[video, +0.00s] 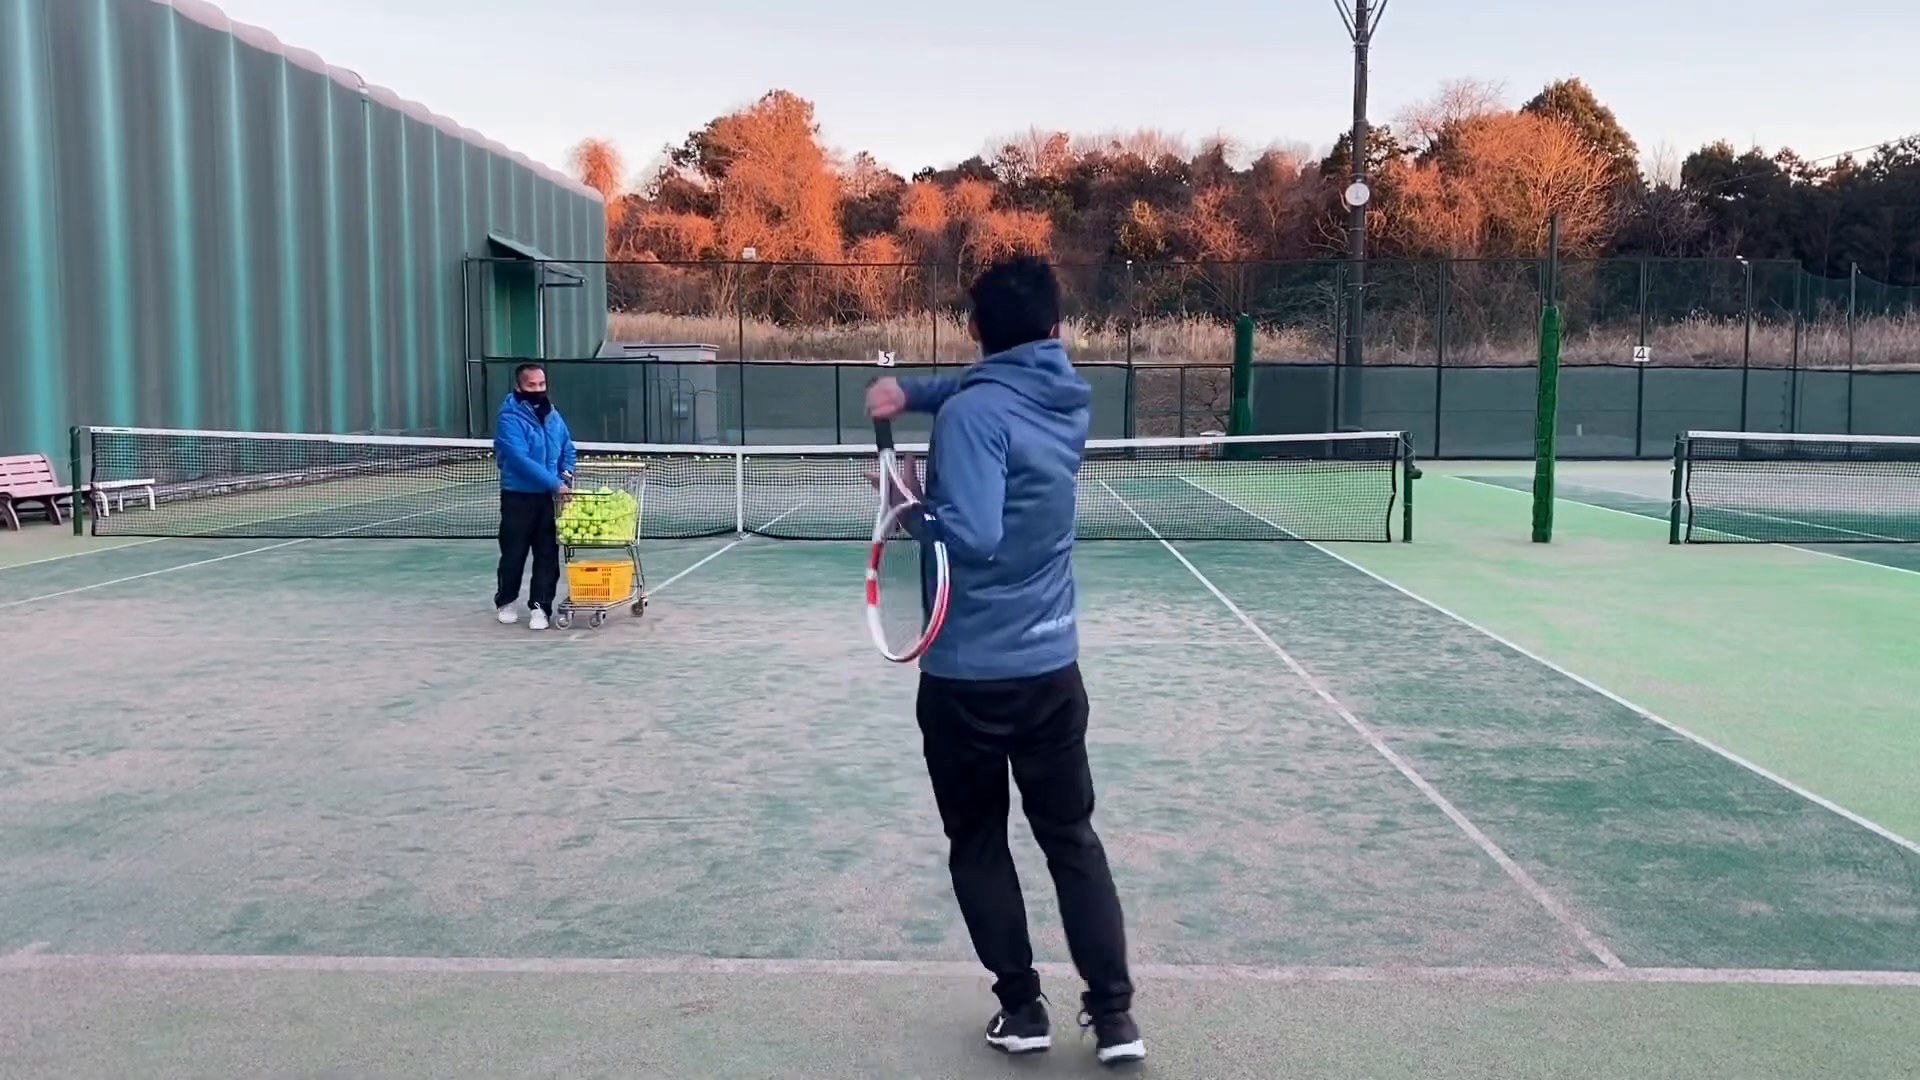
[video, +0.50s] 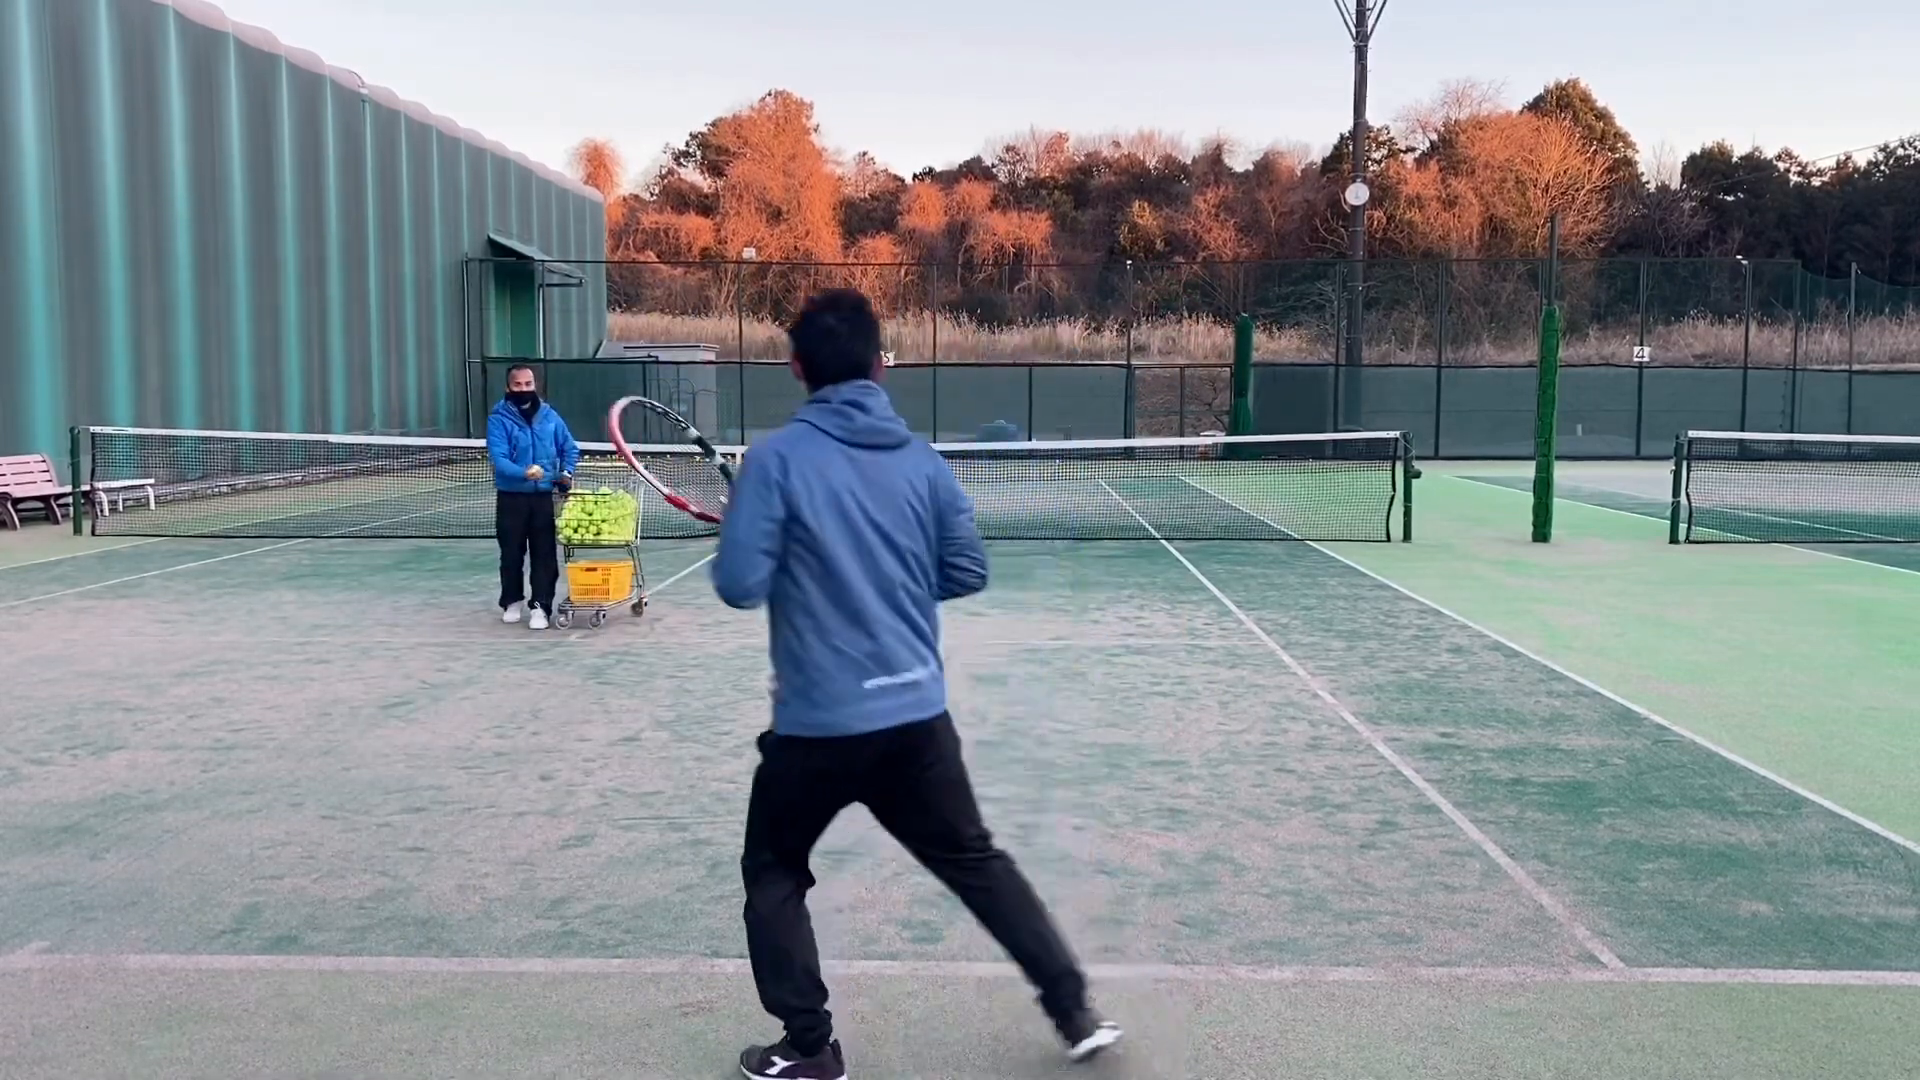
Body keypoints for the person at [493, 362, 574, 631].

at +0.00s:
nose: (538, 389)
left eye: (542, 384)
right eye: (532, 384)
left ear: (546, 384)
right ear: (519, 386)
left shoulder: (552, 414)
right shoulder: (509, 417)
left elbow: (568, 447)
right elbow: (519, 458)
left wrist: (566, 471)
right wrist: (555, 484)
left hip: (548, 493)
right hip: (518, 494)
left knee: (547, 554)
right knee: (514, 552)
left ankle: (541, 607)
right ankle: (506, 602)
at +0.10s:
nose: (537, 388)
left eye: (541, 383)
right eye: (531, 384)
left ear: (545, 383)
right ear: (518, 386)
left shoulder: (553, 414)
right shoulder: (509, 417)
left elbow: (569, 448)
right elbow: (516, 459)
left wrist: (565, 474)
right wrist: (554, 481)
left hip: (547, 494)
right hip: (517, 495)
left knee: (547, 553)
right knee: (514, 552)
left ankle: (541, 607)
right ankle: (506, 602)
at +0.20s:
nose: (535, 388)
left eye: (539, 383)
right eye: (529, 384)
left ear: (544, 383)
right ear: (517, 386)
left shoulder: (553, 414)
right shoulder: (508, 417)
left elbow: (569, 449)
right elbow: (511, 462)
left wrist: (565, 474)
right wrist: (552, 478)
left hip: (547, 494)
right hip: (517, 495)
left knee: (547, 554)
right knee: (514, 552)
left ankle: (541, 607)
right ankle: (507, 602)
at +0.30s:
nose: (532, 388)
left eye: (537, 383)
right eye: (526, 384)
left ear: (543, 384)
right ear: (515, 386)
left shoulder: (553, 415)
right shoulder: (506, 417)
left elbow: (570, 449)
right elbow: (507, 461)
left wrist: (566, 473)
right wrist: (543, 476)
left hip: (546, 494)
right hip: (516, 495)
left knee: (546, 553)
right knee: (514, 552)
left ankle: (541, 607)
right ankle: (511, 602)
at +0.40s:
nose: (528, 388)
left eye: (533, 383)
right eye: (522, 384)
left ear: (540, 385)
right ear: (513, 386)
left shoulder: (552, 416)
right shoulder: (502, 418)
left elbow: (571, 450)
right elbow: (503, 461)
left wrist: (567, 474)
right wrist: (534, 474)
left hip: (545, 495)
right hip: (514, 496)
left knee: (545, 553)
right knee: (514, 552)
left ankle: (541, 607)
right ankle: (513, 602)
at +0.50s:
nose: (523, 389)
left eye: (527, 384)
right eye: (517, 384)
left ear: (535, 385)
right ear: (508, 387)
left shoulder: (549, 415)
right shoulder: (498, 418)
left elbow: (571, 449)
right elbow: (498, 460)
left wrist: (566, 473)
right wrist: (524, 472)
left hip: (543, 495)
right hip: (511, 496)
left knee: (544, 554)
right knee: (511, 553)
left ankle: (540, 607)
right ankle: (512, 602)